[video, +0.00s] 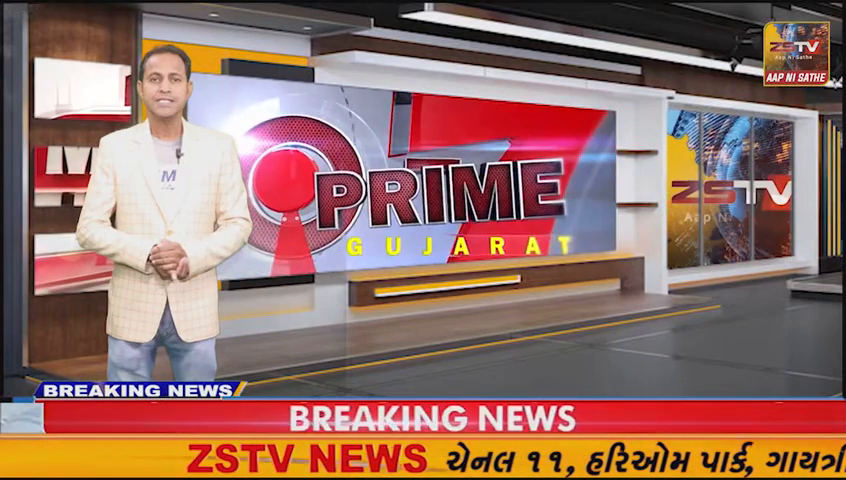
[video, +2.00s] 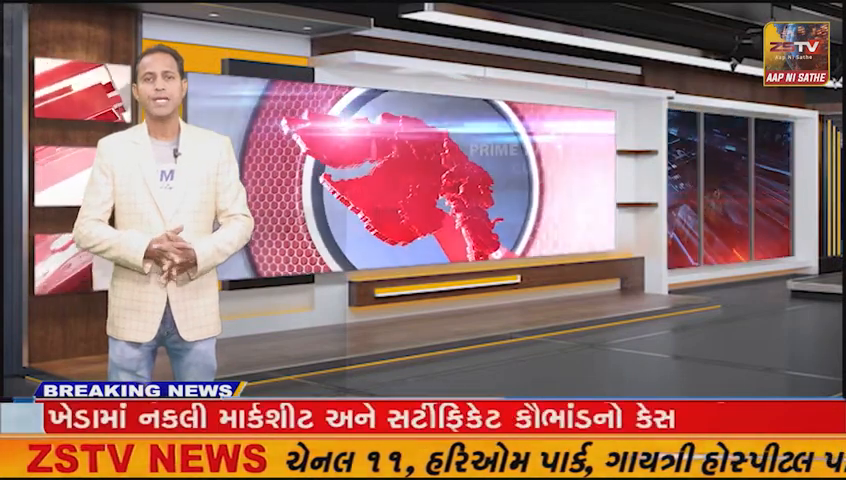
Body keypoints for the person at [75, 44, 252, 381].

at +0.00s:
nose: (164, 87)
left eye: (175, 79)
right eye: (155, 78)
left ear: (188, 89)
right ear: (141, 88)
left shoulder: (219, 147)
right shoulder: (113, 147)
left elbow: (238, 223)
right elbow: (90, 228)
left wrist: (192, 257)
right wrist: (148, 254)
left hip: (195, 303)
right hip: (132, 303)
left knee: (201, 413)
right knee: (125, 415)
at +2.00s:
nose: (159, 86)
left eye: (168, 76)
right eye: (149, 78)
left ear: (183, 87)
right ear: (137, 91)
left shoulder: (216, 147)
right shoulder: (112, 148)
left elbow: (239, 220)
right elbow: (86, 229)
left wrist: (199, 255)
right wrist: (143, 248)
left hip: (195, 303)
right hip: (133, 304)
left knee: (201, 415)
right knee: (125, 417)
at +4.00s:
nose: (165, 87)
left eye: (174, 77)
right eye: (154, 78)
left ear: (188, 87)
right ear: (140, 90)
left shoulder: (218, 147)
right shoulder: (115, 148)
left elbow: (239, 224)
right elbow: (92, 232)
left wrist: (202, 279)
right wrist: (145, 279)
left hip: (199, 310)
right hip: (135, 310)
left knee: (205, 420)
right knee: (127, 422)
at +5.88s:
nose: (163, 89)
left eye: (173, 79)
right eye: (153, 80)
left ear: (187, 88)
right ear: (140, 90)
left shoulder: (219, 148)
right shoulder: (115, 148)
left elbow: (238, 225)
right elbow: (92, 232)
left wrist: (201, 280)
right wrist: (144, 280)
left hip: (199, 310)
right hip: (134, 310)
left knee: (205, 419)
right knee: (125, 420)